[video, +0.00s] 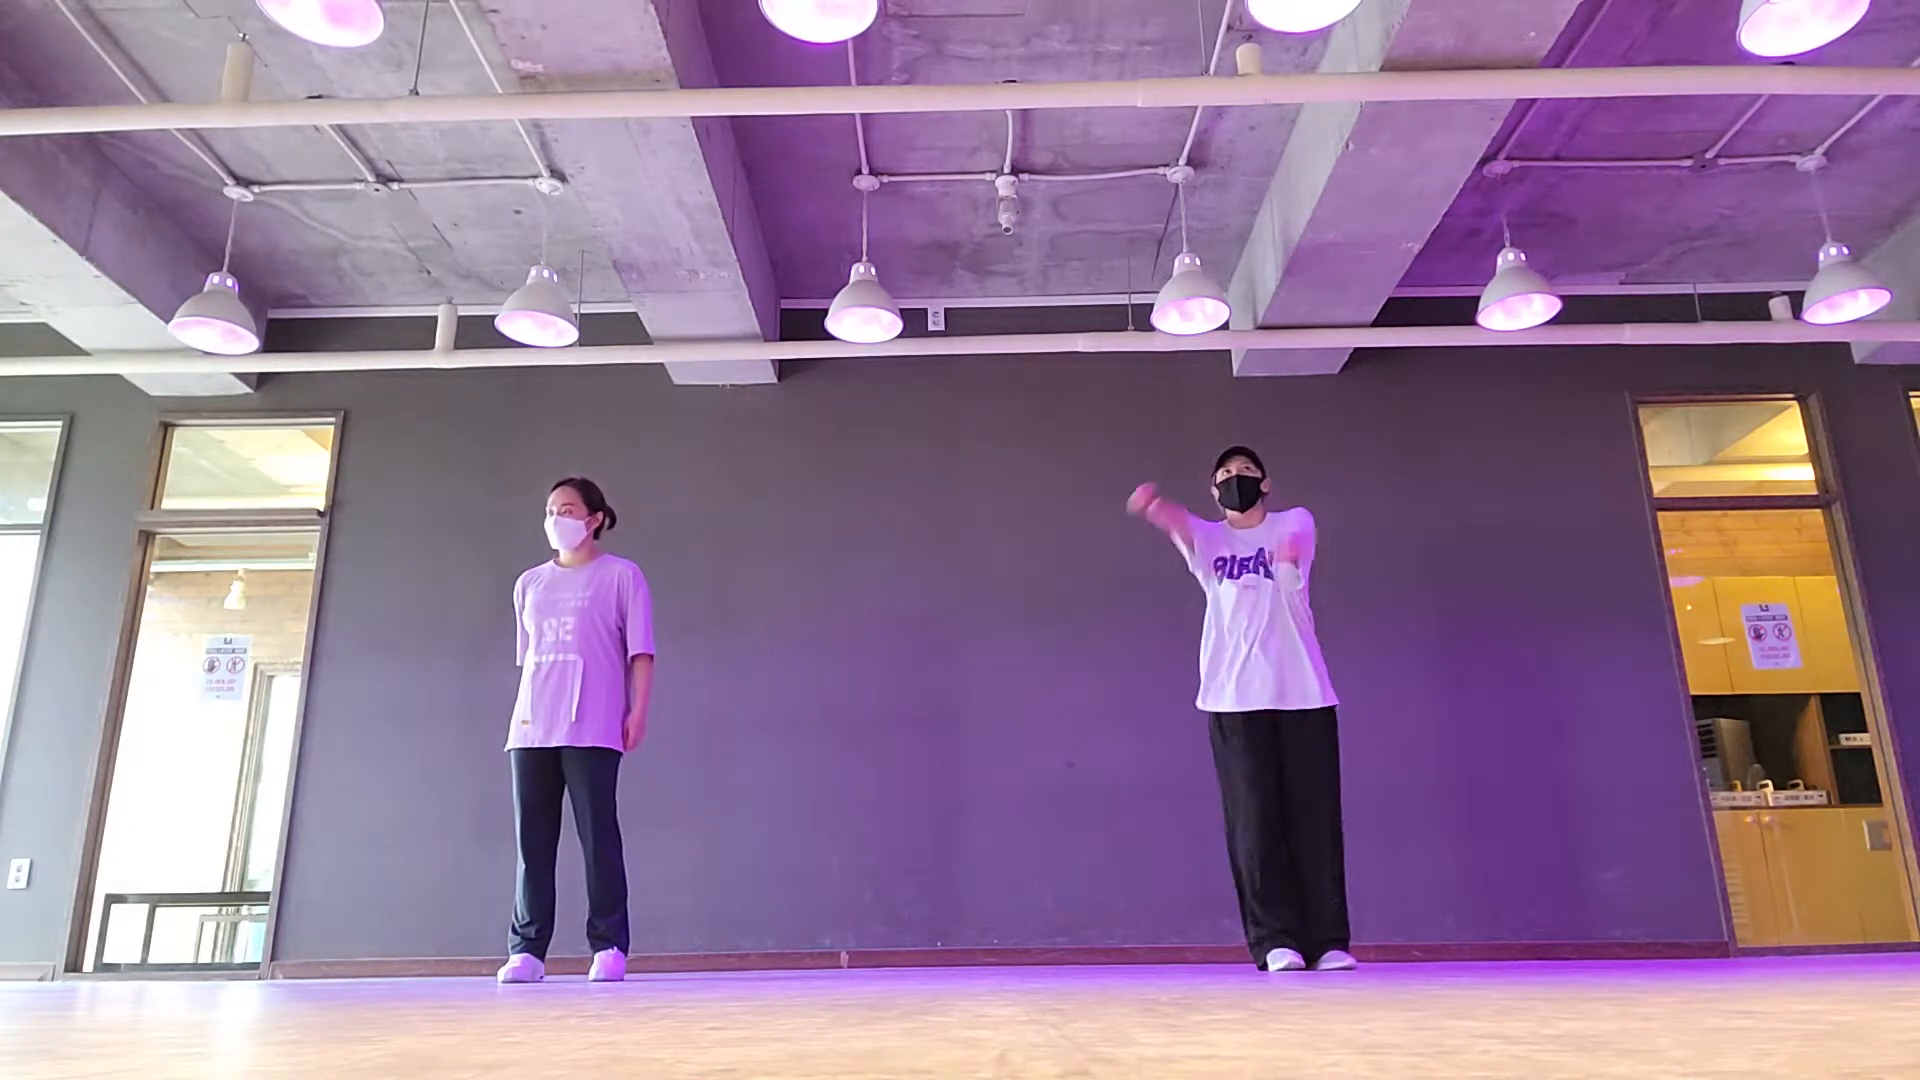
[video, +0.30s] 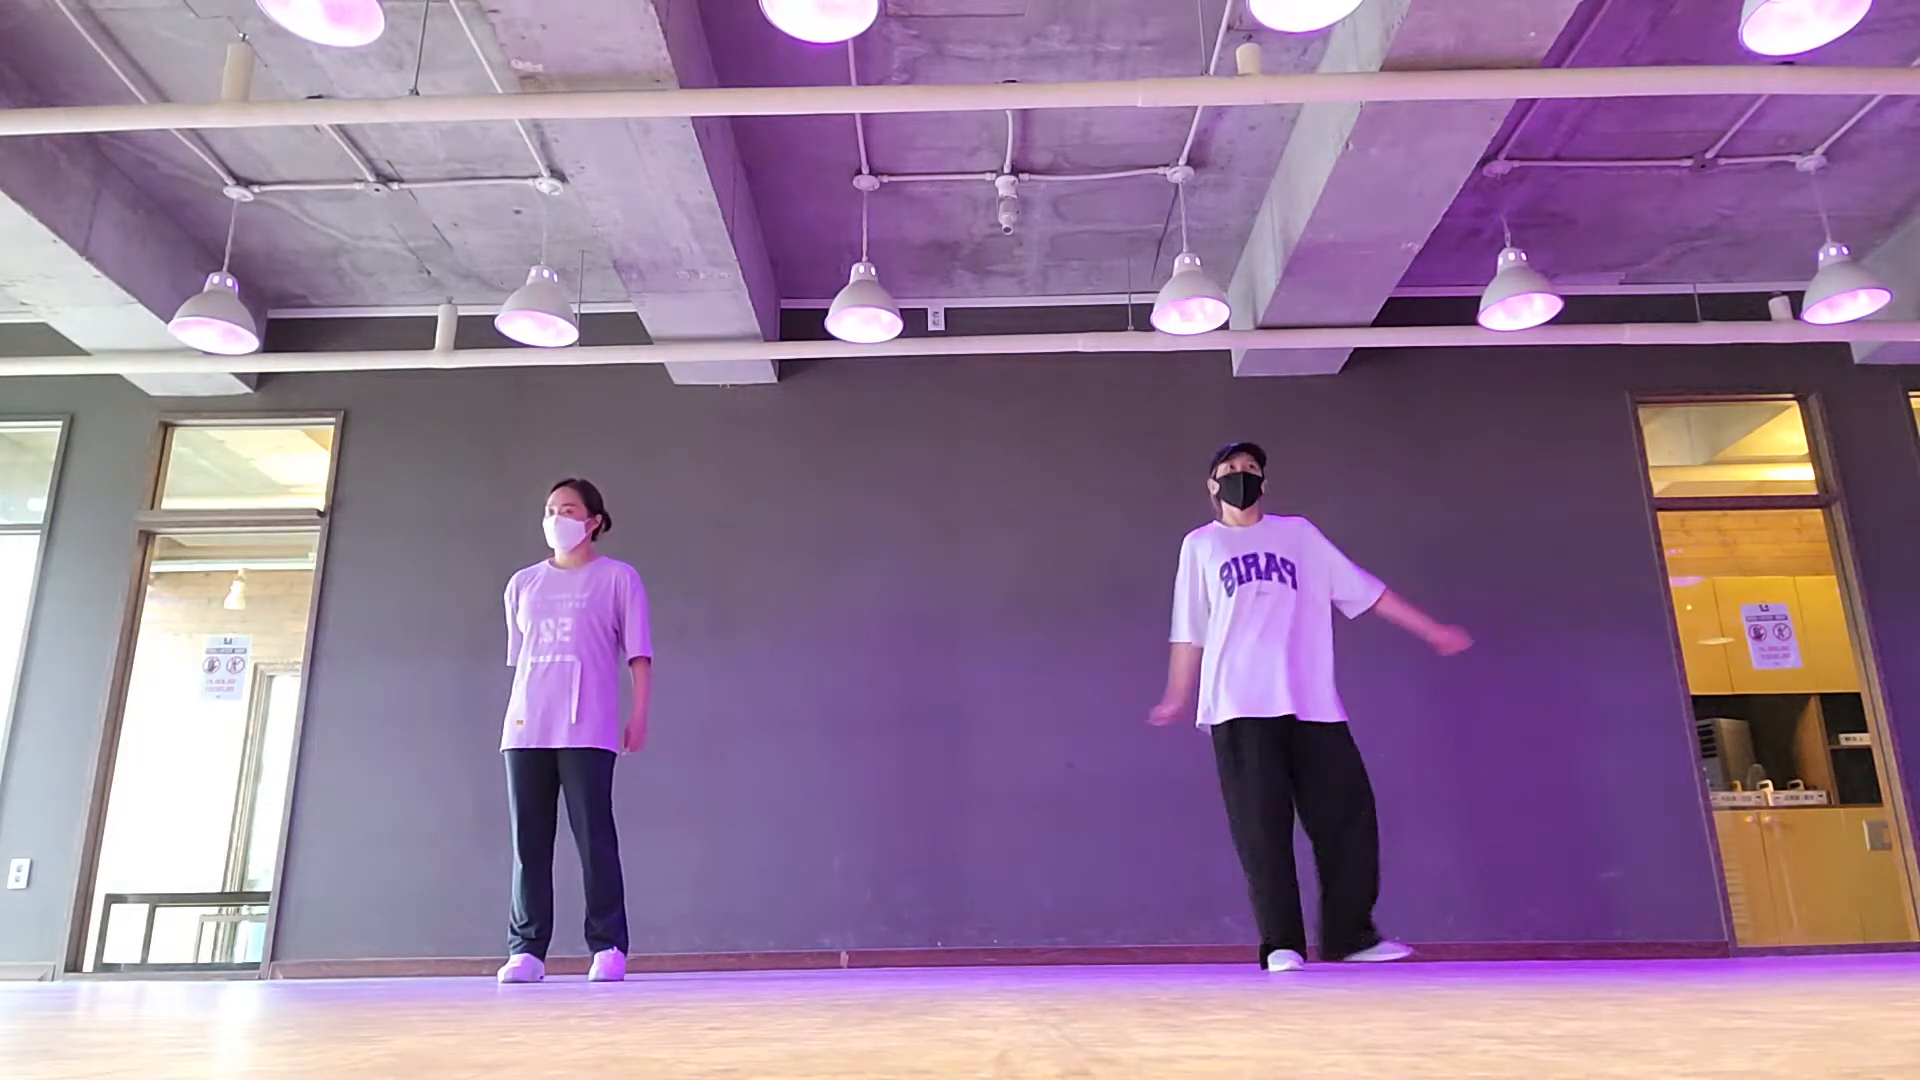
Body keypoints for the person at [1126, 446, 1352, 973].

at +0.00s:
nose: (1235, 482)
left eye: (1246, 474)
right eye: (1226, 477)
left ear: (1265, 485)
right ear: (1216, 493)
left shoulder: (1294, 523)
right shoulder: (1203, 537)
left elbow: (1298, 533)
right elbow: (1177, 521)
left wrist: (1287, 551)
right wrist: (1151, 505)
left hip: (1304, 696)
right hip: (1236, 703)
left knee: (1315, 821)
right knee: (1256, 828)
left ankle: (1328, 943)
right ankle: (1273, 945)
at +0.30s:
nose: (1241, 480)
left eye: (1250, 472)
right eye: (1230, 474)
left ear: (1264, 483)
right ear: (1212, 486)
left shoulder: (1299, 533)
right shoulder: (1200, 547)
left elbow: (1366, 591)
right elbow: (1189, 629)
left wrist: (1433, 631)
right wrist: (1177, 694)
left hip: (1313, 703)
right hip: (1242, 707)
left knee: (1349, 815)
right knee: (1262, 829)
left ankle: (1351, 938)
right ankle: (1281, 947)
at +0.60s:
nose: (1266, 472)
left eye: (1273, 464)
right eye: (1253, 467)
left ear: (1286, 474)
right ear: (1235, 483)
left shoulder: (1312, 526)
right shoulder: (1226, 534)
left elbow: (1316, 601)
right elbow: (1219, 606)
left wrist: (1314, 661)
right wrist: (1206, 662)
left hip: (1327, 688)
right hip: (1258, 695)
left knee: (1362, 813)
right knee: (1269, 825)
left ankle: (1397, 935)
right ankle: (1279, 946)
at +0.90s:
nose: (1298, 480)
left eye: (1306, 472)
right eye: (1285, 474)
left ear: (1319, 482)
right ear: (1268, 488)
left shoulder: (1347, 546)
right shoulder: (1255, 539)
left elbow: (1387, 622)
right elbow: (1231, 606)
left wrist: (1432, 676)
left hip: (1350, 707)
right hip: (1281, 709)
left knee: (1367, 832)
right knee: (1282, 834)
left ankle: (1388, 948)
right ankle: (1282, 947)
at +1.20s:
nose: (1312, 488)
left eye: (1322, 479)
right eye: (1301, 481)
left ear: (1336, 486)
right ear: (1284, 489)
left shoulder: (1371, 544)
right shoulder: (1272, 535)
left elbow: (1403, 588)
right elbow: (1320, 561)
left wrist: (1423, 556)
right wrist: (1395, 538)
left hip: (1359, 702)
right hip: (1287, 699)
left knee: (1368, 824)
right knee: (1283, 822)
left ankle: (1387, 946)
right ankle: (1273, 943)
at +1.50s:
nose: (1290, 484)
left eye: (1299, 476)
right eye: (1279, 478)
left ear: (1314, 486)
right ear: (1264, 491)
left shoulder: (1347, 543)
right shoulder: (1249, 543)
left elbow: (1369, 626)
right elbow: (1256, 609)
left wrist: (1386, 690)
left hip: (1348, 708)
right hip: (1277, 712)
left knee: (1367, 830)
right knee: (1276, 832)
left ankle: (1389, 946)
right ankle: (1274, 946)